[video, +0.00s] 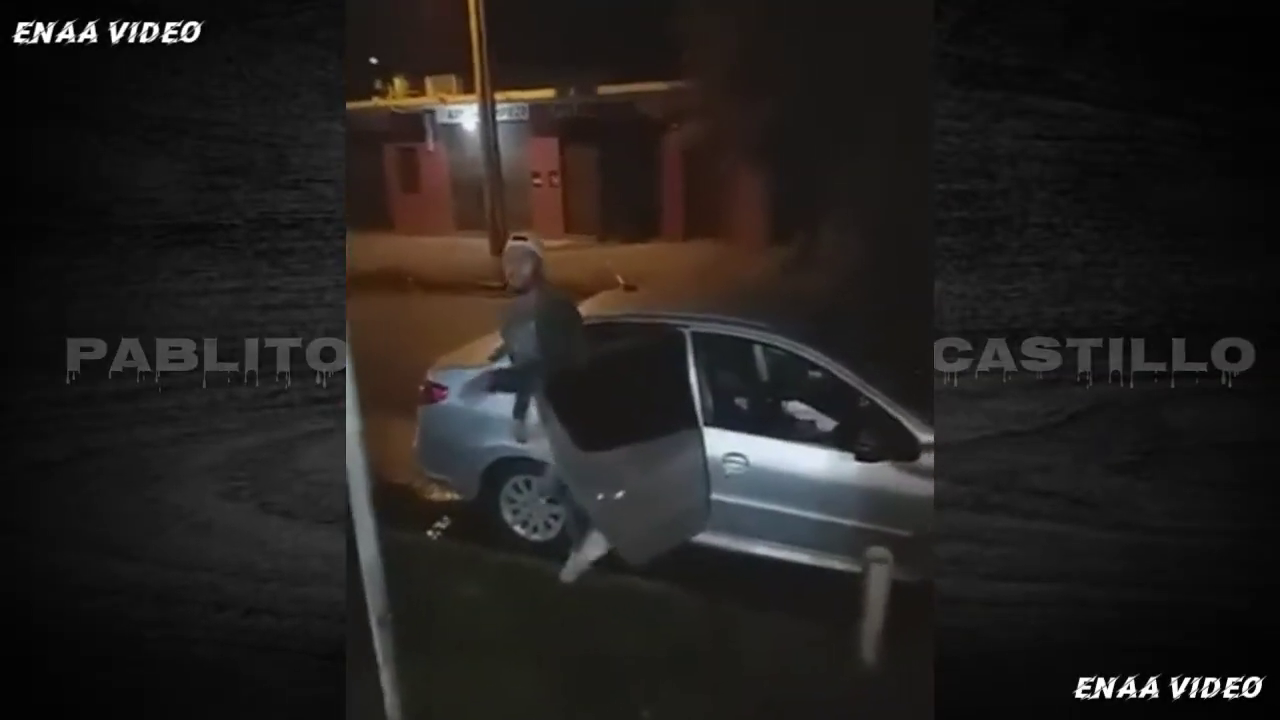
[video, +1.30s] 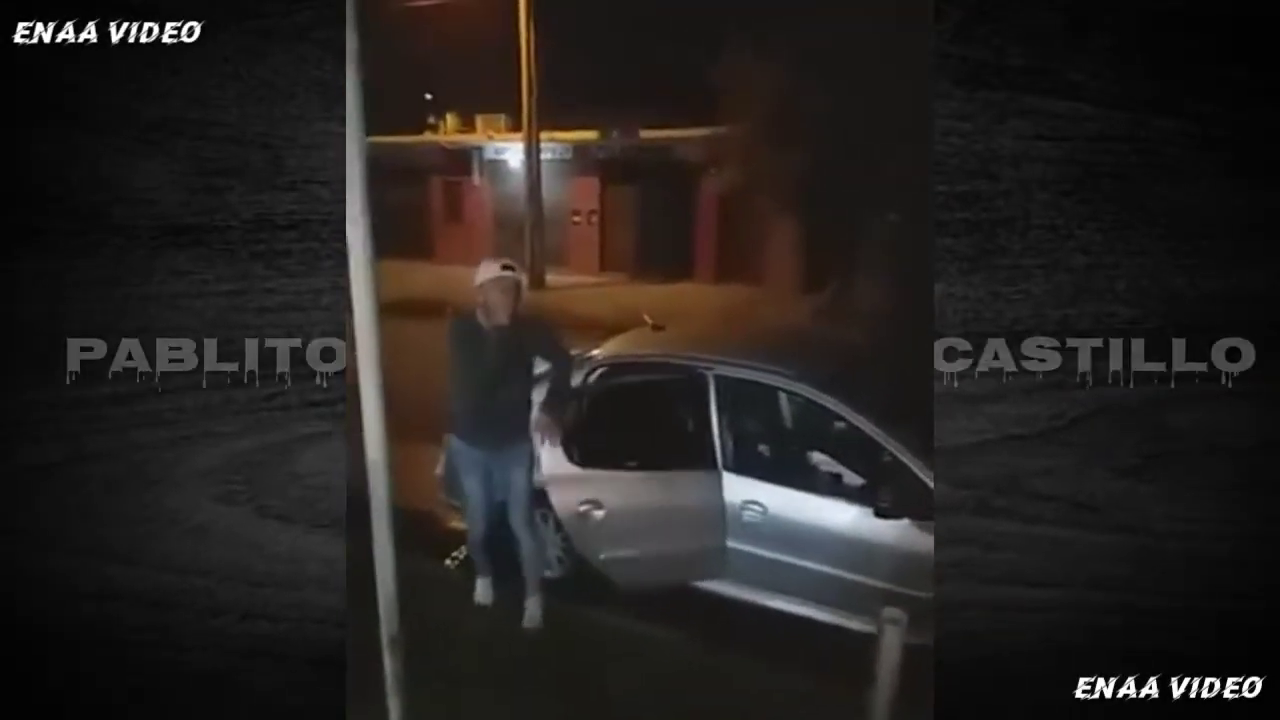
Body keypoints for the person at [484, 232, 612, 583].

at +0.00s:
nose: (510, 271)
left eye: (517, 264)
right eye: (507, 264)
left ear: (534, 265)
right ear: (506, 269)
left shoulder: (554, 308)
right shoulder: (516, 310)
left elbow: (549, 365)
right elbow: (523, 359)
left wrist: (501, 381)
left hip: (570, 400)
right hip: (544, 402)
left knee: (570, 470)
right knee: (563, 470)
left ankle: (588, 536)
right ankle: (582, 538)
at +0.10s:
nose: (493, 270)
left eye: (500, 262)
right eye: (489, 263)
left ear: (516, 266)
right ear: (484, 268)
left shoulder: (532, 306)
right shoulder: (495, 307)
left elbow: (524, 365)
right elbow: (499, 353)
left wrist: (475, 395)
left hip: (557, 403)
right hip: (529, 401)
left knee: (540, 478)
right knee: (543, 474)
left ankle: (545, 557)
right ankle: (548, 555)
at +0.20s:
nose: (477, 275)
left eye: (484, 267)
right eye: (472, 267)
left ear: (498, 270)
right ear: (465, 273)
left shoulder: (517, 309)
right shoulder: (467, 317)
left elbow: (526, 365)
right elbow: (472, 370)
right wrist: (471, 411)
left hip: (525, 407)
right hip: (490, 408)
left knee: (513, 481)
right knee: (518, 481)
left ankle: (500, 562)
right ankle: (541, 561)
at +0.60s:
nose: (479, 283)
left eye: (486, 275)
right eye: (474, 275)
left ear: (501, 280)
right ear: (468, 281)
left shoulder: (523, 321)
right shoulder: (457, 326)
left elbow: (566, 371)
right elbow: (437, 372)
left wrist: (535, 411)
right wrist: (437, 383)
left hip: (523, 429)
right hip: (488, 428)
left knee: (506, 509)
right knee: (512, 501)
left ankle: (510, 581)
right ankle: (545, 557)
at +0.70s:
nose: (490, 282)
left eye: (497, 273)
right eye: (484, 274)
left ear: (512, 276)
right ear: (478, 278)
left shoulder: (533, 318)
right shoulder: (472, 321)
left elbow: (576, 364)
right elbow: (439, 373)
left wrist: (547, 409)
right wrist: (458, 333)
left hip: (529, 431)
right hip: (494, 430)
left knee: (522, 515)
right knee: (496, 511)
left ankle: (522, 580)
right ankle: (521, 554)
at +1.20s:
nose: (501, 296)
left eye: (508, 288)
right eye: (495, 287)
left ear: (519, 293)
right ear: (483, 292)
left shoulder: (535, 330)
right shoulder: (466, 331)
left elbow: (572, 364)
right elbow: (469, 381)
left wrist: (558, 409)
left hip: (521, 441)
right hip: (476, 440)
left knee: (527, 522)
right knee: (483, 519)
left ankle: (541, 593)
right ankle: (487, 576)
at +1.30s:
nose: (506, 298)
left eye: (511, 290)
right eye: (499, 290)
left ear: (518, 294)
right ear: (481, 295)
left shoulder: (527, 330)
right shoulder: (463, 331)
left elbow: (562, 362)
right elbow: (457, 386)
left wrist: (552, 409)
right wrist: (449, 432)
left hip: (514, 443)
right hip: (470, 442)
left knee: (520, 522)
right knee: (477, 520)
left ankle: (533, 592)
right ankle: (482, 575)